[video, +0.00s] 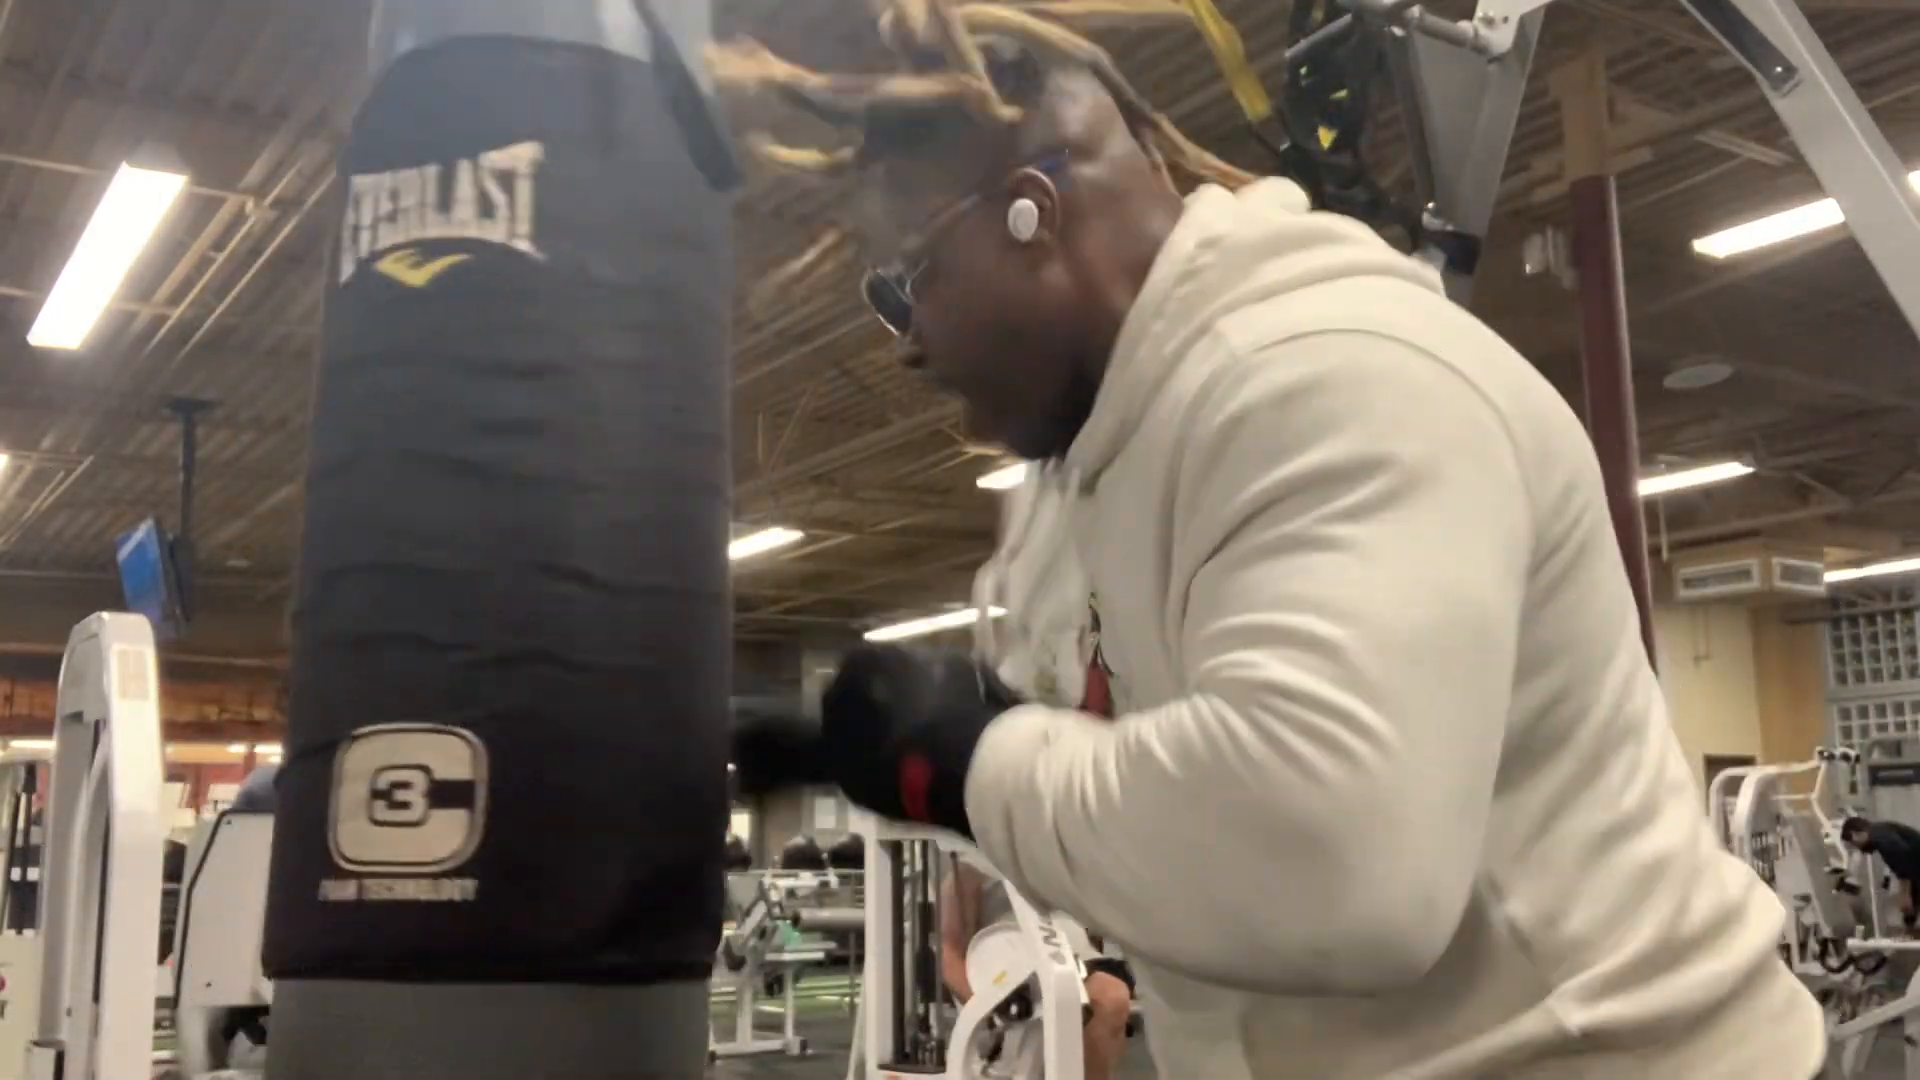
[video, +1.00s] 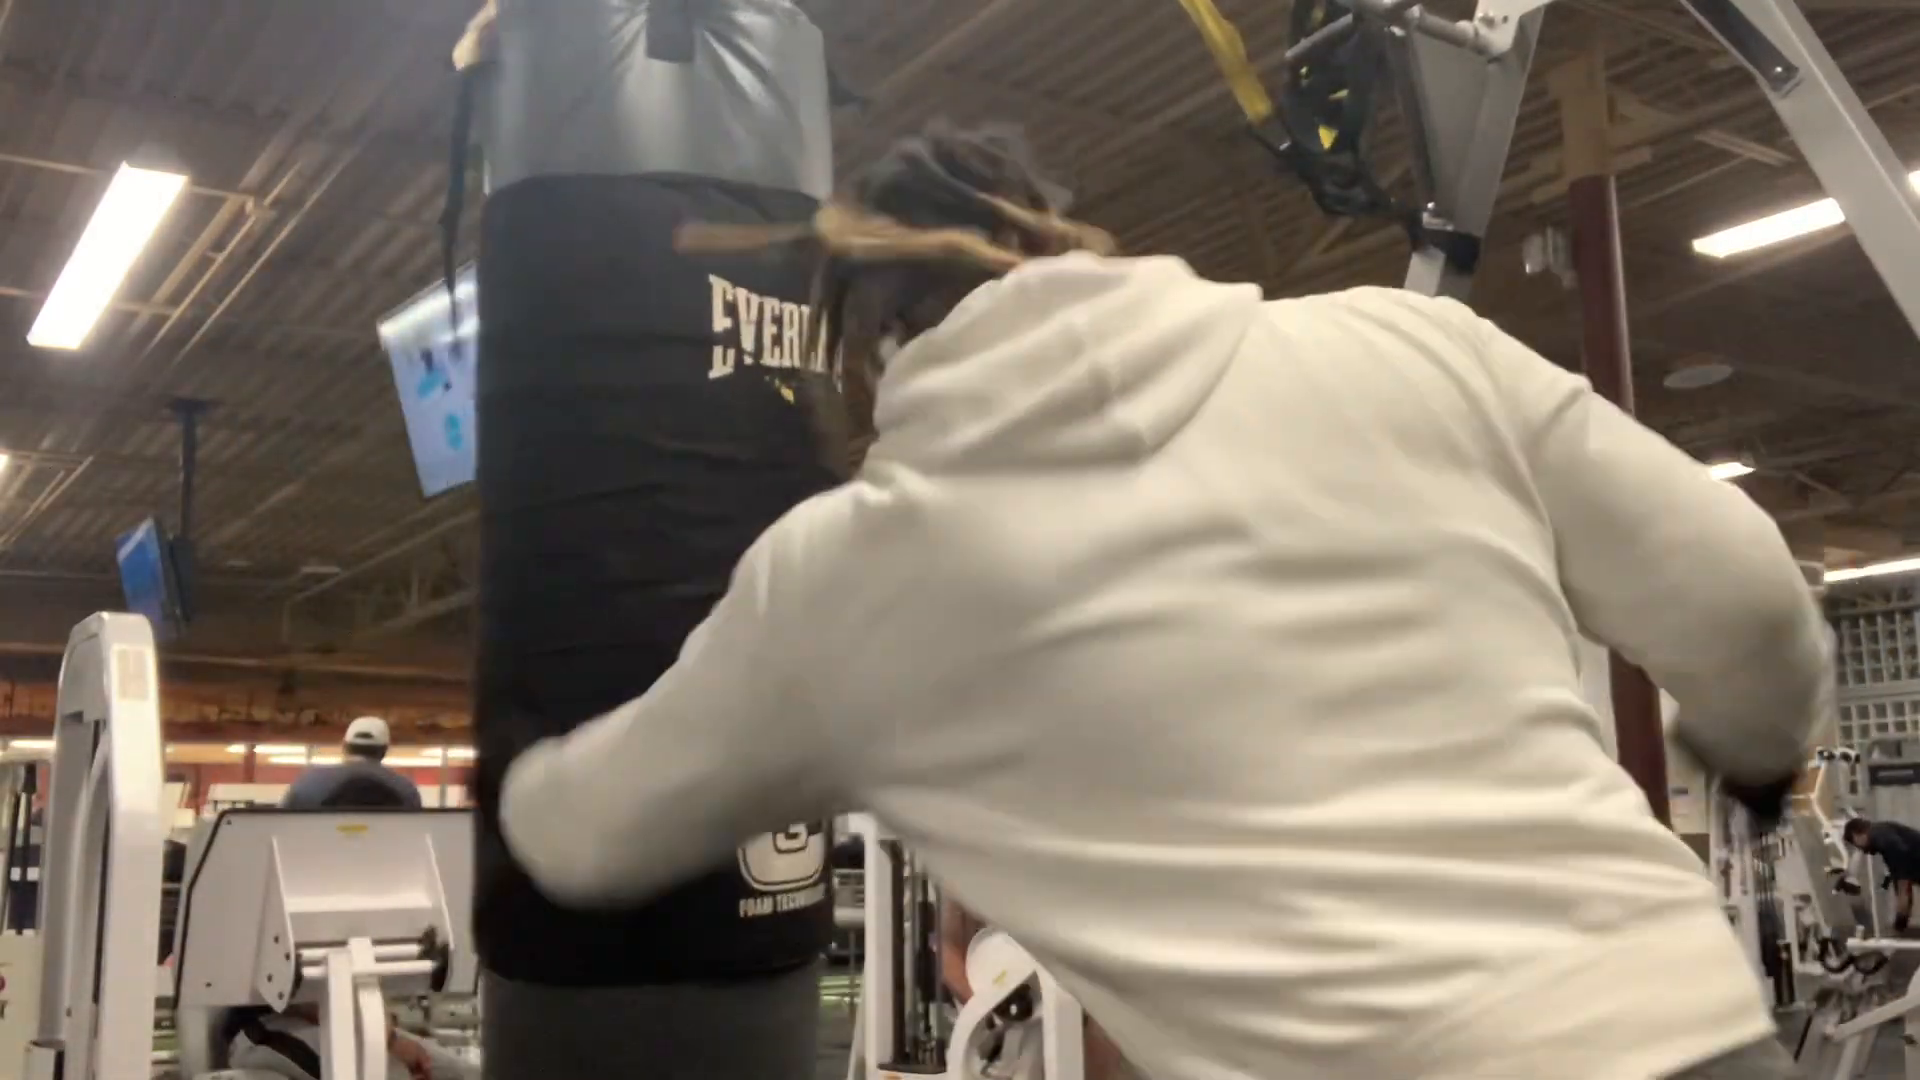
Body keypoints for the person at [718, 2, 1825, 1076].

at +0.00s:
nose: (909, 355)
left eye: (900, 293)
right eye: (888, 310)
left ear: (1028, 203)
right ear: (1027, 208)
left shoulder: (1331, 371)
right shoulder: (1104, 448)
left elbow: (1344, 855)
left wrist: (977, 761)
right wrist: (905, 733)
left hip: (1587, 1053)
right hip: (1312, 1044)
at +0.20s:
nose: (1084, 343)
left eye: (1069, 290)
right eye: (1061, 307)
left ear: (1136, 210)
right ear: (1285, 181)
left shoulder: (1234, 341)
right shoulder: (1528, 371)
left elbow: (1219, 786)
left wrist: (1009, 891)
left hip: (1477, 1050)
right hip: (1745, 1016)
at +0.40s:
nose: (1186, 326)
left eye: (1191, 279)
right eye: (1182, 292)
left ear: (1276, 226)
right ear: (1422, 202)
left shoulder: (1279, 357)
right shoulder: (1620, 385)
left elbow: (1015, 744)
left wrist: (1158, 452)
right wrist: (1236, 1000)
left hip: (1512, 1041)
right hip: (1831, 1027)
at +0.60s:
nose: (1057, 380)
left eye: (1046, 329)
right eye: (1038, 339)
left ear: (1126, 272)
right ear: (1259, 236)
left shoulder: (1215, 462)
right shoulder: (1461, 389)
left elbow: (1166, 934)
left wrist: (970, 848)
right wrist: (1060, 590)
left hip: (1522, 1047)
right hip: (1780, 1026)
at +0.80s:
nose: (968, 382)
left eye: (964, 358)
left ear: (991, 330)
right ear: (1181, 228)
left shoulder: (1030, 552)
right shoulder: (1493, 369)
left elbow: (1059, 1010)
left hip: (1350, 1051)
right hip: (1686, 1024)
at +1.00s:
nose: (830, 411)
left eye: (833, 373)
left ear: (867, 361)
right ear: (1078, 248)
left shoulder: (849, 576)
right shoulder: (1412, 347)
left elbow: (582, 837)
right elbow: (1744, 598)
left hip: (1340, 1058)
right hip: (1685, 1029)